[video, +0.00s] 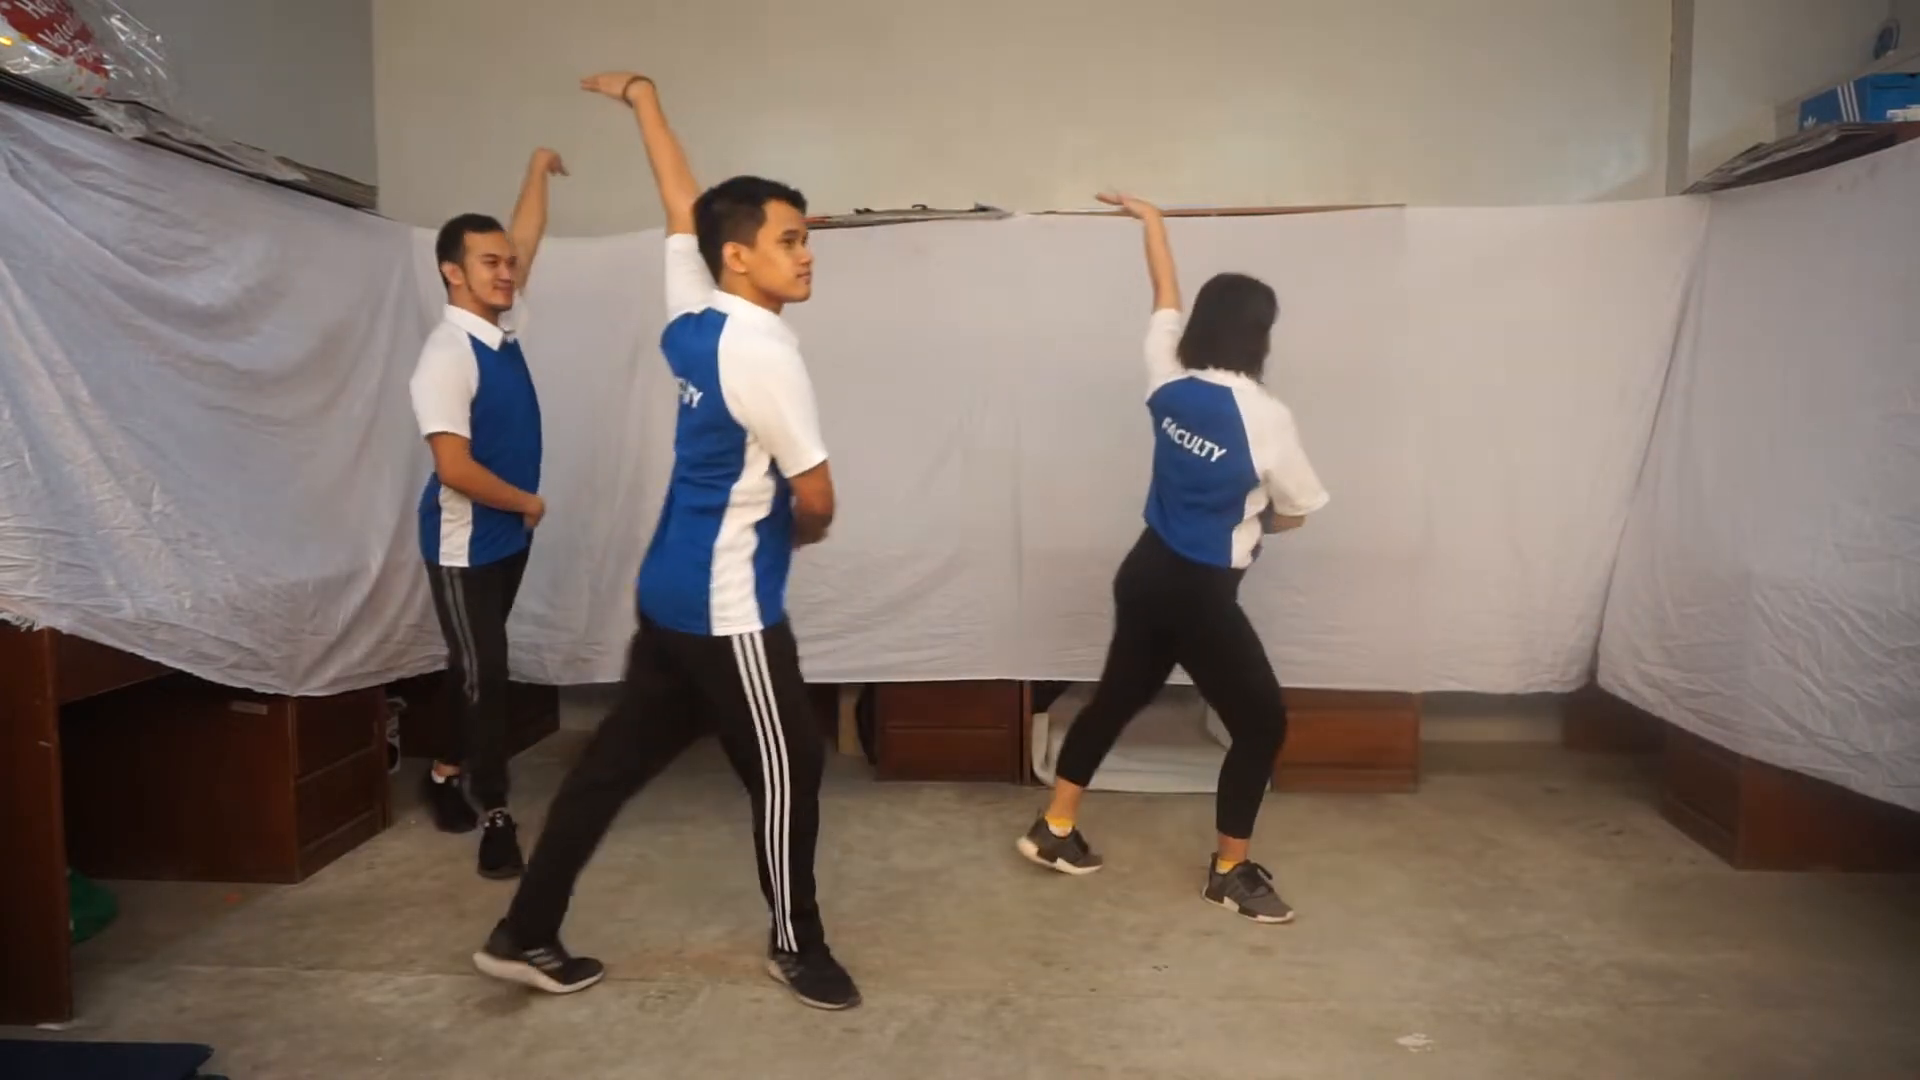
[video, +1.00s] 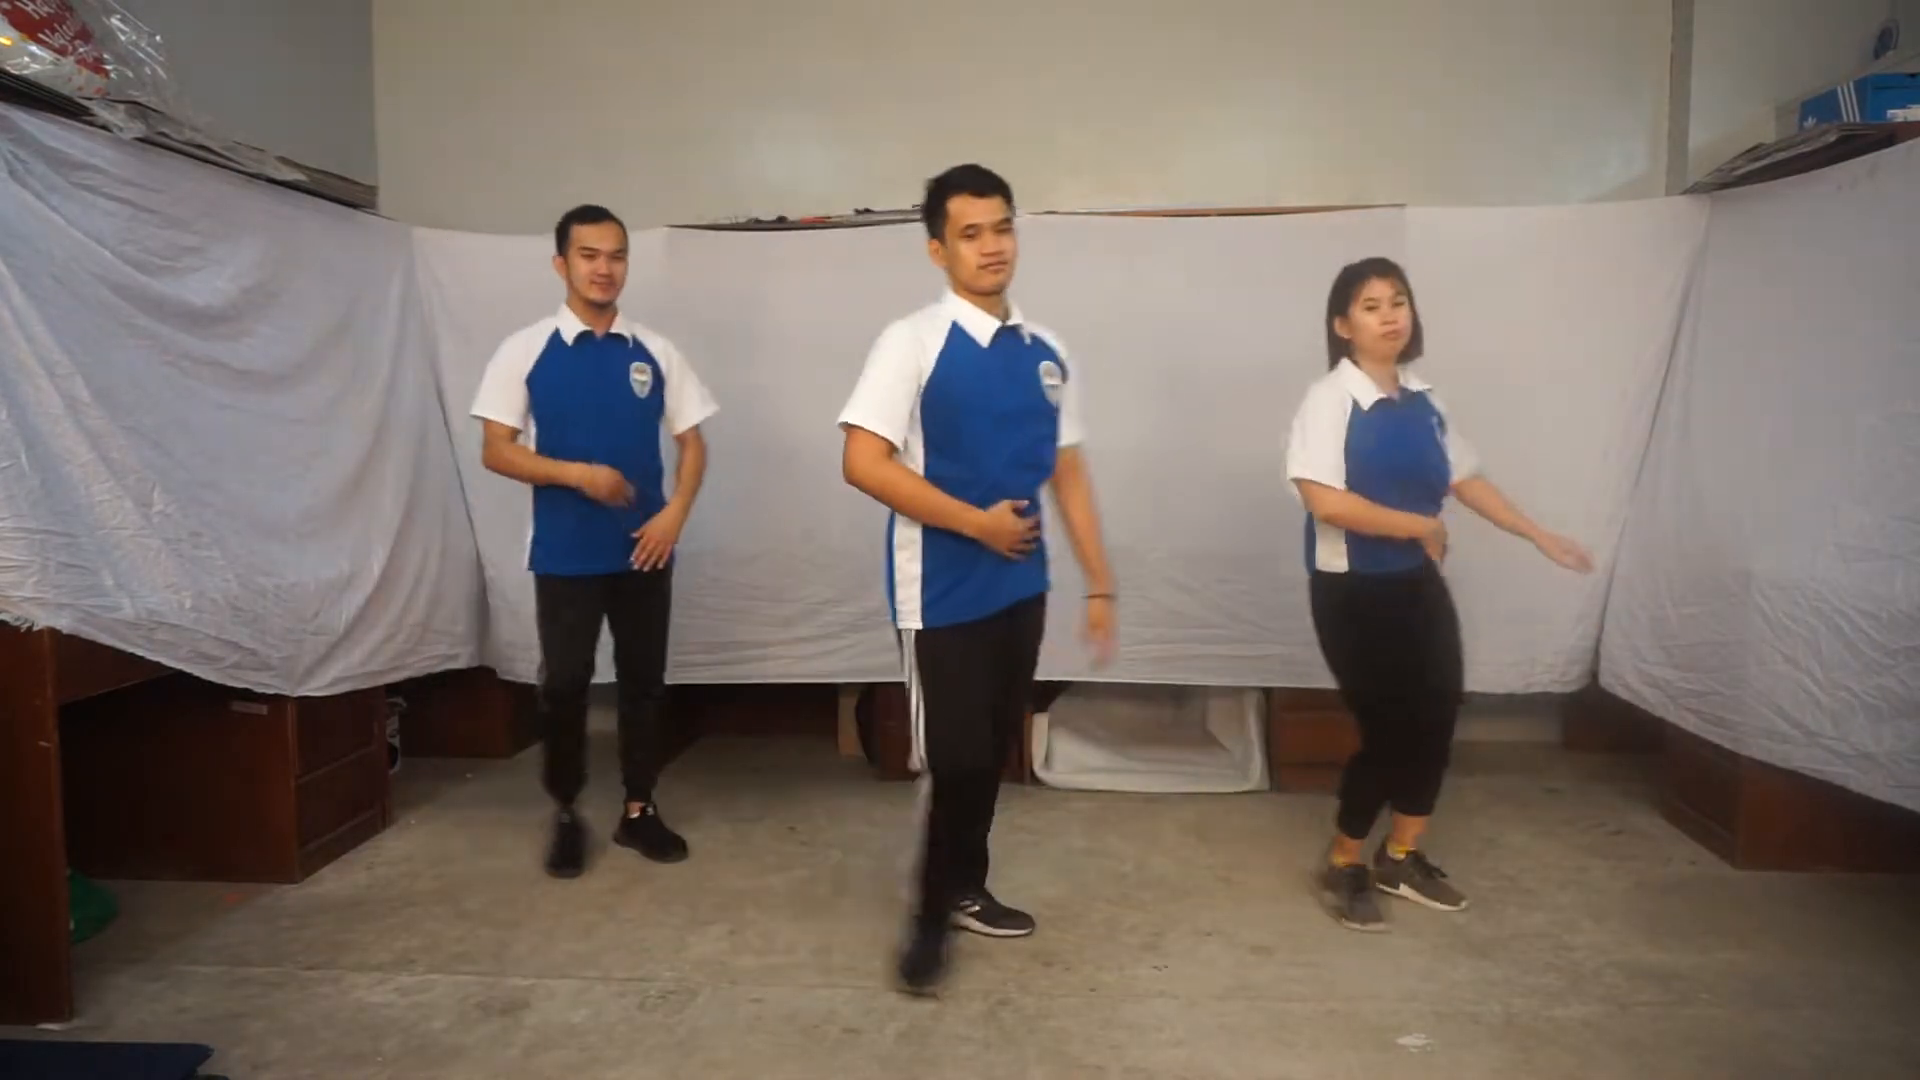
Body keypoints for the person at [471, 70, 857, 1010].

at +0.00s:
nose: (808, 255)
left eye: (805, 240)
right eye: (791, 242)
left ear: (735, 259)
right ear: (737, 255)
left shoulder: (696, 311)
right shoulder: (762, 345)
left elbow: (683, 202)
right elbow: (816, 500)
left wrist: (643, 96)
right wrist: (799, 529)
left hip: (678, 593)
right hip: (731, 604)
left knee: (616, 763)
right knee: (786, 767)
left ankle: (525, 932)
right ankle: (798, 943)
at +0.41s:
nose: (811, 275)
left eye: (810, 258)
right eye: (796, 261)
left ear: (738, 270)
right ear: (739, 268)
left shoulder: (712, 327)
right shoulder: (763, 355)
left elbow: (727, 229)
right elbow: (806, 515)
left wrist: (737, 125)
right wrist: (804, 537)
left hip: (684, 596)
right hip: (731, 610)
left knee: (643, 762)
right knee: (785, 764)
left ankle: (535, 918)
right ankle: (755, 930)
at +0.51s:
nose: (844, 253)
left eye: (841, 237)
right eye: (828, 241)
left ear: (771, 253)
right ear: (776, 254)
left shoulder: (747, 320)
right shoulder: (796, 339)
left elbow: (776, 247)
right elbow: (822, 488)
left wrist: (795, 189)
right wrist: (846, 519)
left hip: (729, 581)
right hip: (763, 591)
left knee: (739, 740)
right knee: (782, 754)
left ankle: (620, 861)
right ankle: (756, 927)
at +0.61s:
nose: (880, 240)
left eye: (879, 224)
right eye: (864, 227)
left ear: (826, 240)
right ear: (811, 241)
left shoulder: (831, 313)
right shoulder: (815, 330)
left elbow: (835, 378)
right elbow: (846, 472)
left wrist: (879, 342)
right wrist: (888, 506)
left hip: (834, 575)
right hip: (789, 586)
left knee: (869, 711)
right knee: (783, 757)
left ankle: (745, 834)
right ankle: (753, 929)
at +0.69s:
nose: (909, 238)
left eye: (908, 222)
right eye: (891, 226)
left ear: (871, 236)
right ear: (838, 241)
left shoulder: (869, 317)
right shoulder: (836, 327)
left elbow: (853, 439)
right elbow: (856, 467)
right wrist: (911, 510)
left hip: (869, 576)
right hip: (814, 588)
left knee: (915, 707)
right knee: (796, 755)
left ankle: (861, 861)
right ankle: (753, 927)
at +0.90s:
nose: (968, 247)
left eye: (973, 231)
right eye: (946, 236)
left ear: (982, 238)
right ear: (905, 252)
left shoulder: (987, 344)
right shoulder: (890, 340)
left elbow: (996, 478)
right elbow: (859, 463)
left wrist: (1010, 590)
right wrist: (963, 520)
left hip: (974, 590)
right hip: (903, 596)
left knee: (968, 751)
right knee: (893, 763)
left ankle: (951, 887)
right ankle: (804, 908)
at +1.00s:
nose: (993, 246)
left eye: (1002, 229)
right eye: (972, 234)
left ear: (1016, 237)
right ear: (938, 249)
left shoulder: (1043, 349)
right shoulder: (910, 342)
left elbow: (1069, 471)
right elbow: (863, 461)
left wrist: (1098, 581)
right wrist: (976, 520)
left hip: (1018, 589)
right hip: (941, 597)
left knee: (990, 757)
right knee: (959, 769)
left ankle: (965, 889)